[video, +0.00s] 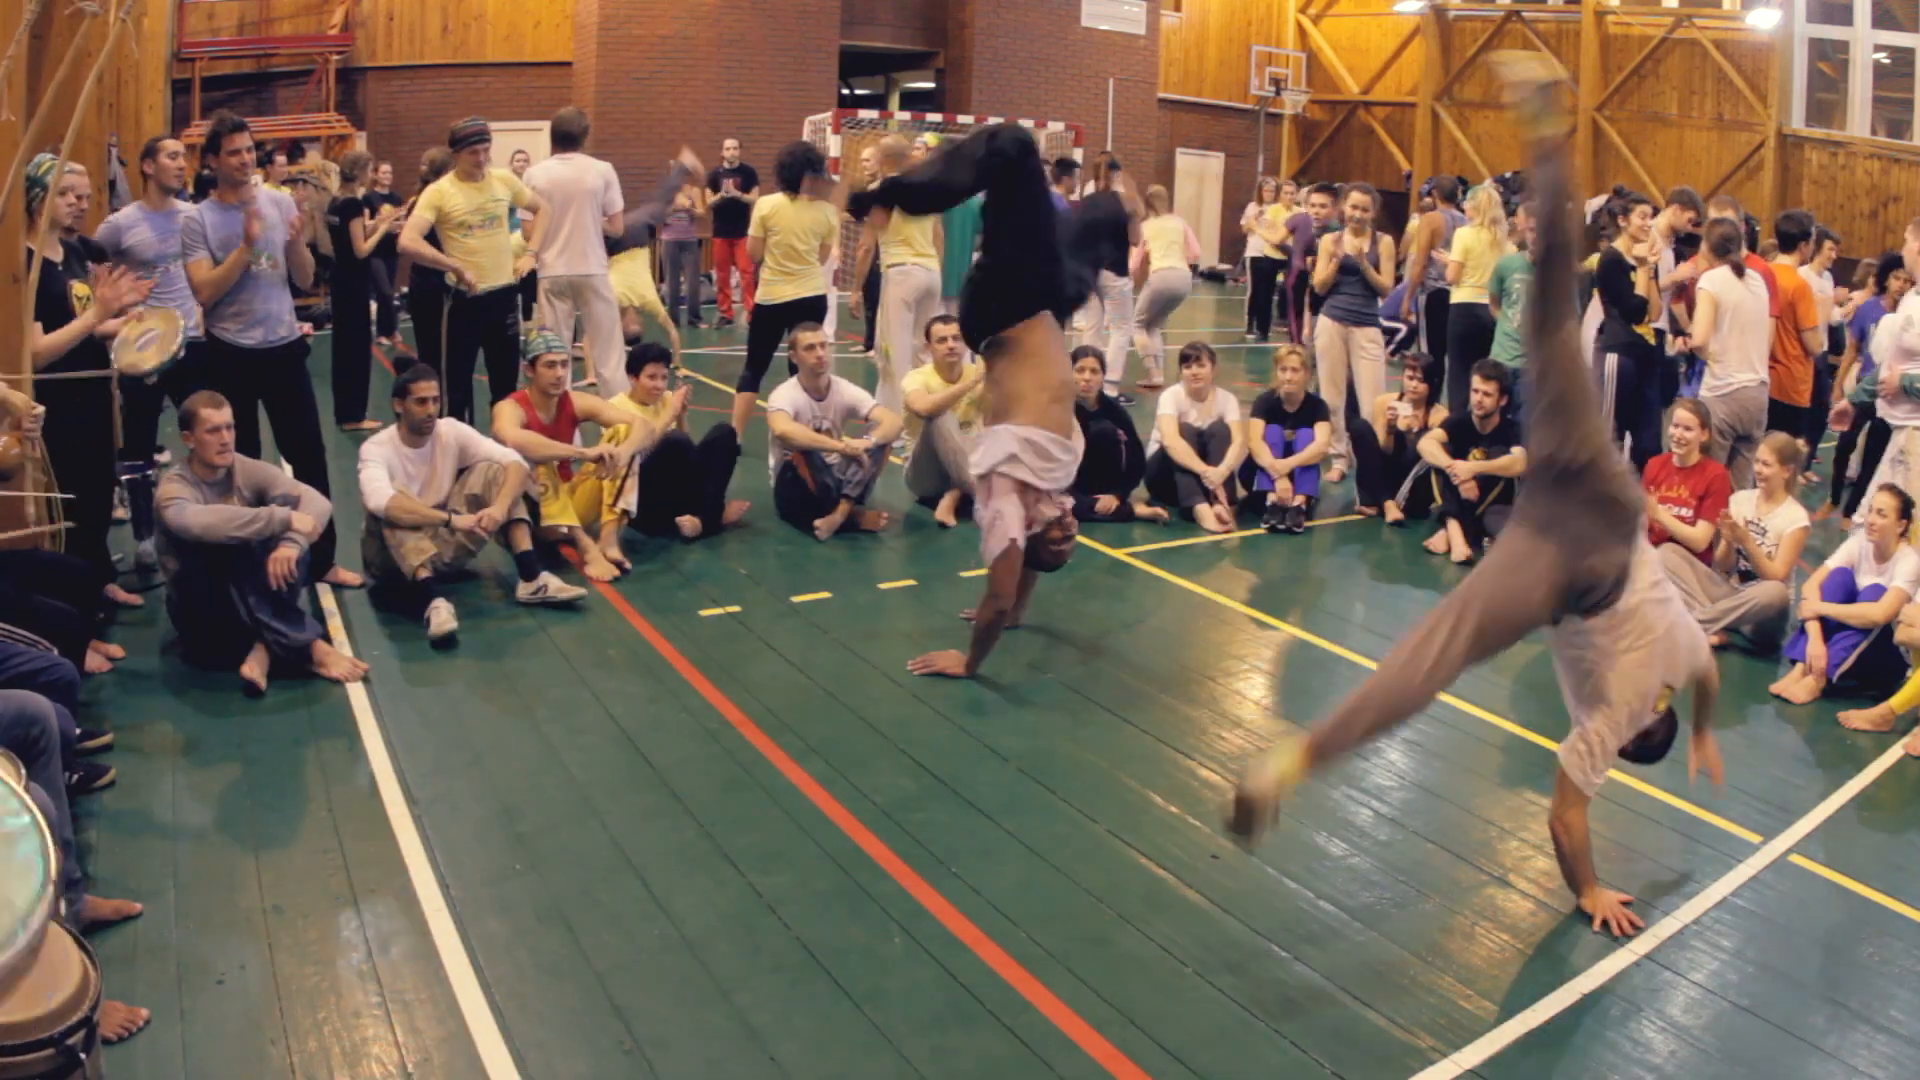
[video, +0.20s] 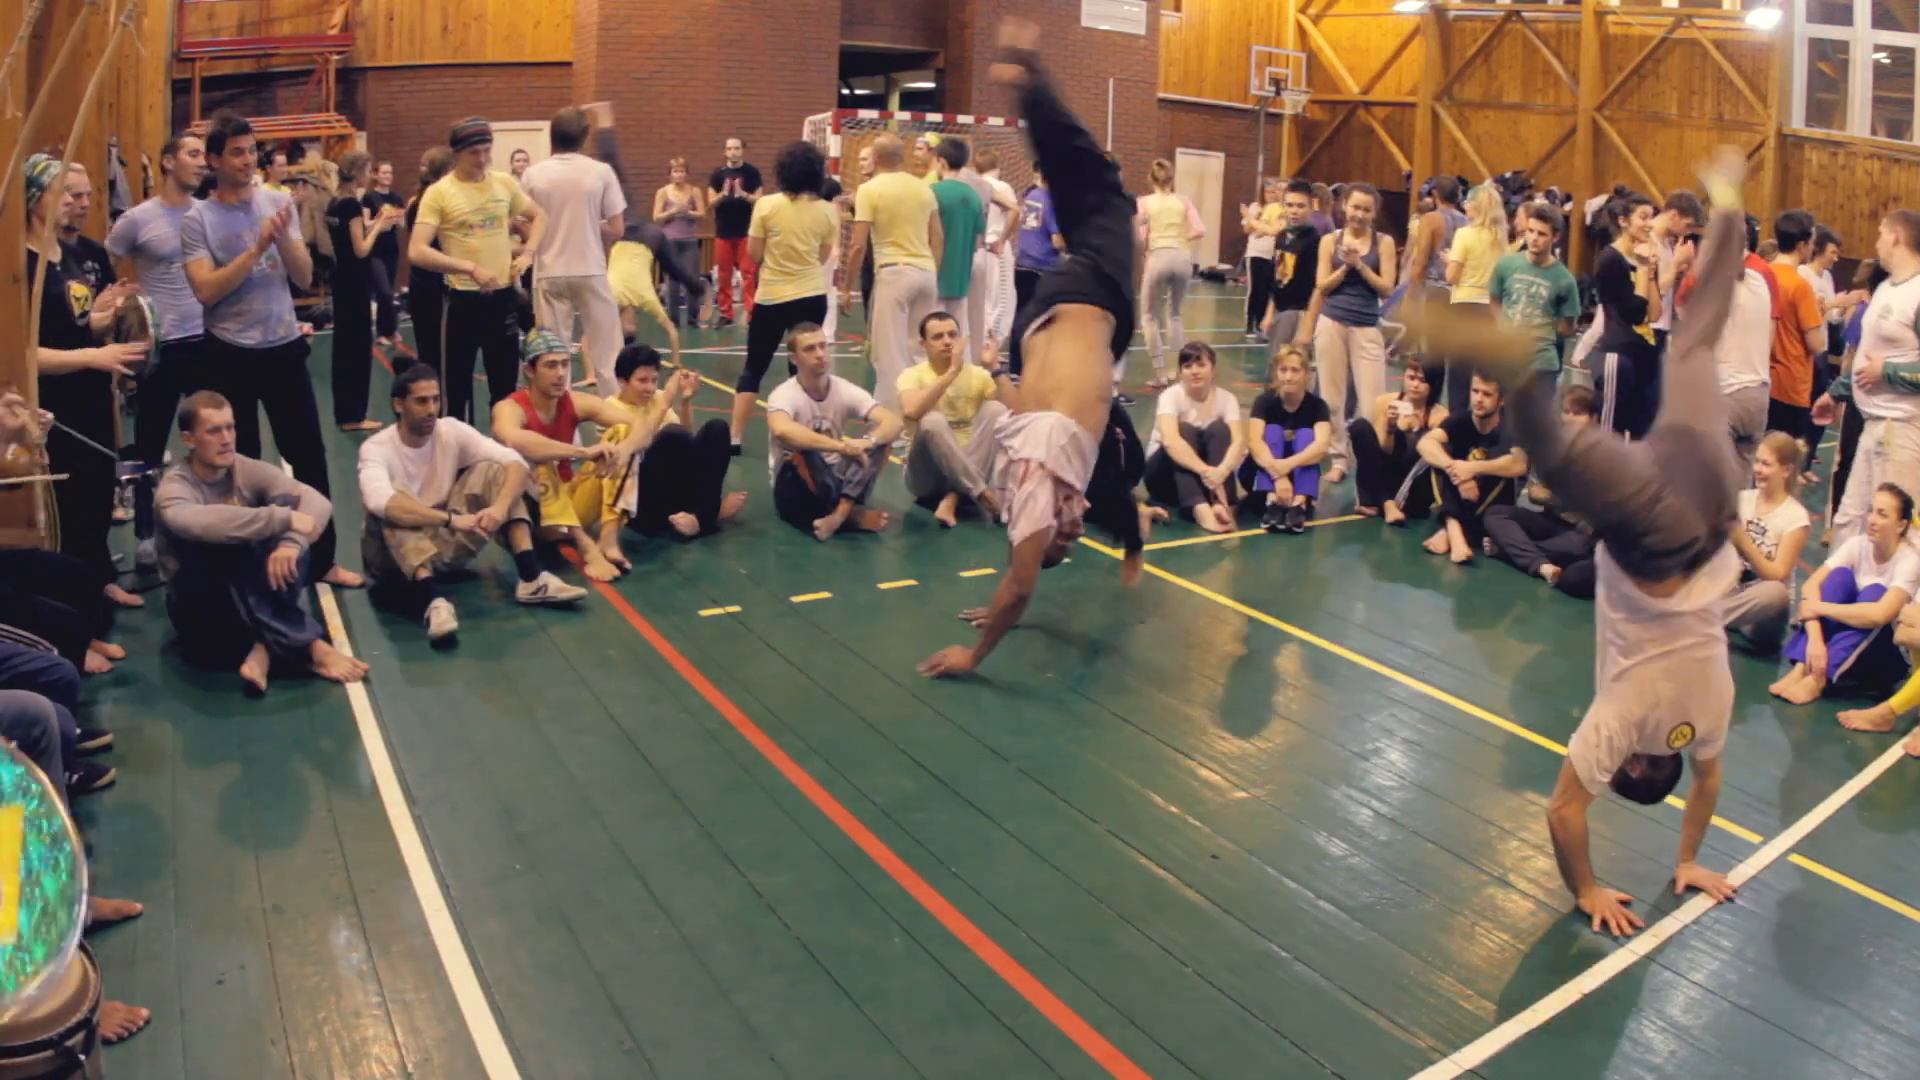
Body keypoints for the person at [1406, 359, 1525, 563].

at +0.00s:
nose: (1479, 399)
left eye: (1487, 395)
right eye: (1475, 392)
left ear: (1502, 400)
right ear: (1469, 392)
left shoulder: (1510, 428)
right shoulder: (1459, 422)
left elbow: (1519, 463)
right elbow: (1425, 444)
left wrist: (1473, 468)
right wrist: (1458, 474)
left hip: (1492, 505)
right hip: (1454, 501)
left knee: (1500, 456)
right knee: (1439, 458)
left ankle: (1450, 528)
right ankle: (1453, 528)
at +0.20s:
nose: (1479, 399)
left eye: (1487, 394)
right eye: (1475, 392)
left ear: (1501, 400)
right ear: (1469, 393)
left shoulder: (1509, 428)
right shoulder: (1460, 420)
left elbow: (1520, 465)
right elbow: (1425, 443)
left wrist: (1473, 468)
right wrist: (1457, 473)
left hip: (1493, 508)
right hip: (1456, 501)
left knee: (1501, 460)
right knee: (1439, 462)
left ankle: (1450, 529)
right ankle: (1454, 529)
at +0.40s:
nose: (1479, 399)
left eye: (1487, 394)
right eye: (1475, 392)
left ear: (1502, 400)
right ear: (1469, 392)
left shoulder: (1510, 429)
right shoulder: (1459, 421)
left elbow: (1519, 464)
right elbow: (1425, 443)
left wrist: (1473, 467)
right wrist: (1459, 474)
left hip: (1492, 510)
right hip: (1454, 503)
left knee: (1500, 457)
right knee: (1438, 456)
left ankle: (1450, 528)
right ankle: (1454, 530)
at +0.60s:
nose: (1479, 399)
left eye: (1487, 395)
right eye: (1475, 392)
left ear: (1503, 400)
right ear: (1469, 391)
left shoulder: (1510, 429)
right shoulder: (1459, 421)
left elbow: (1519, 465)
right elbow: (1426, 443)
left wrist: (1472, 468)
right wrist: (1459, 475)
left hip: (1492, 508)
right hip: (1453, 501)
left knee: (1500, 457)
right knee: (1437, 455)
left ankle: (1450, 528)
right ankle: (1454, 528)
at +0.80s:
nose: (1479, 399)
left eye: (1487, 394)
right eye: (1475, 392)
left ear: (1502, 400)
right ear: (1469, 392)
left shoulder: (1510, 429)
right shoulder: (1459, 422)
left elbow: (1519, 464)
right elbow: (1425, 444)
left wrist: (1473, 467)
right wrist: (1458, 473)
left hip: (1493, 510)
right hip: (1454, 502)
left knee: (1501, 457)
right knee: (1438, 455)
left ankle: (1450, 529)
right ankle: (1453, 529)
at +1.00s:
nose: (1479, 399)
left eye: (1487, 395)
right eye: (1475, 392)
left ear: (1503, 400)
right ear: (1469, 392)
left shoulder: (1510, 429)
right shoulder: (1459, 422)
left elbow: (1519, 464)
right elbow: (1426, 443)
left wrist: (1473, 467)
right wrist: (1458, 473)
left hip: (1492, 512)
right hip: (1453, 503)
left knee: (1502, 457)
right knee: (1438, 457)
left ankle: (1450, 529)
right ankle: (1454, 529)